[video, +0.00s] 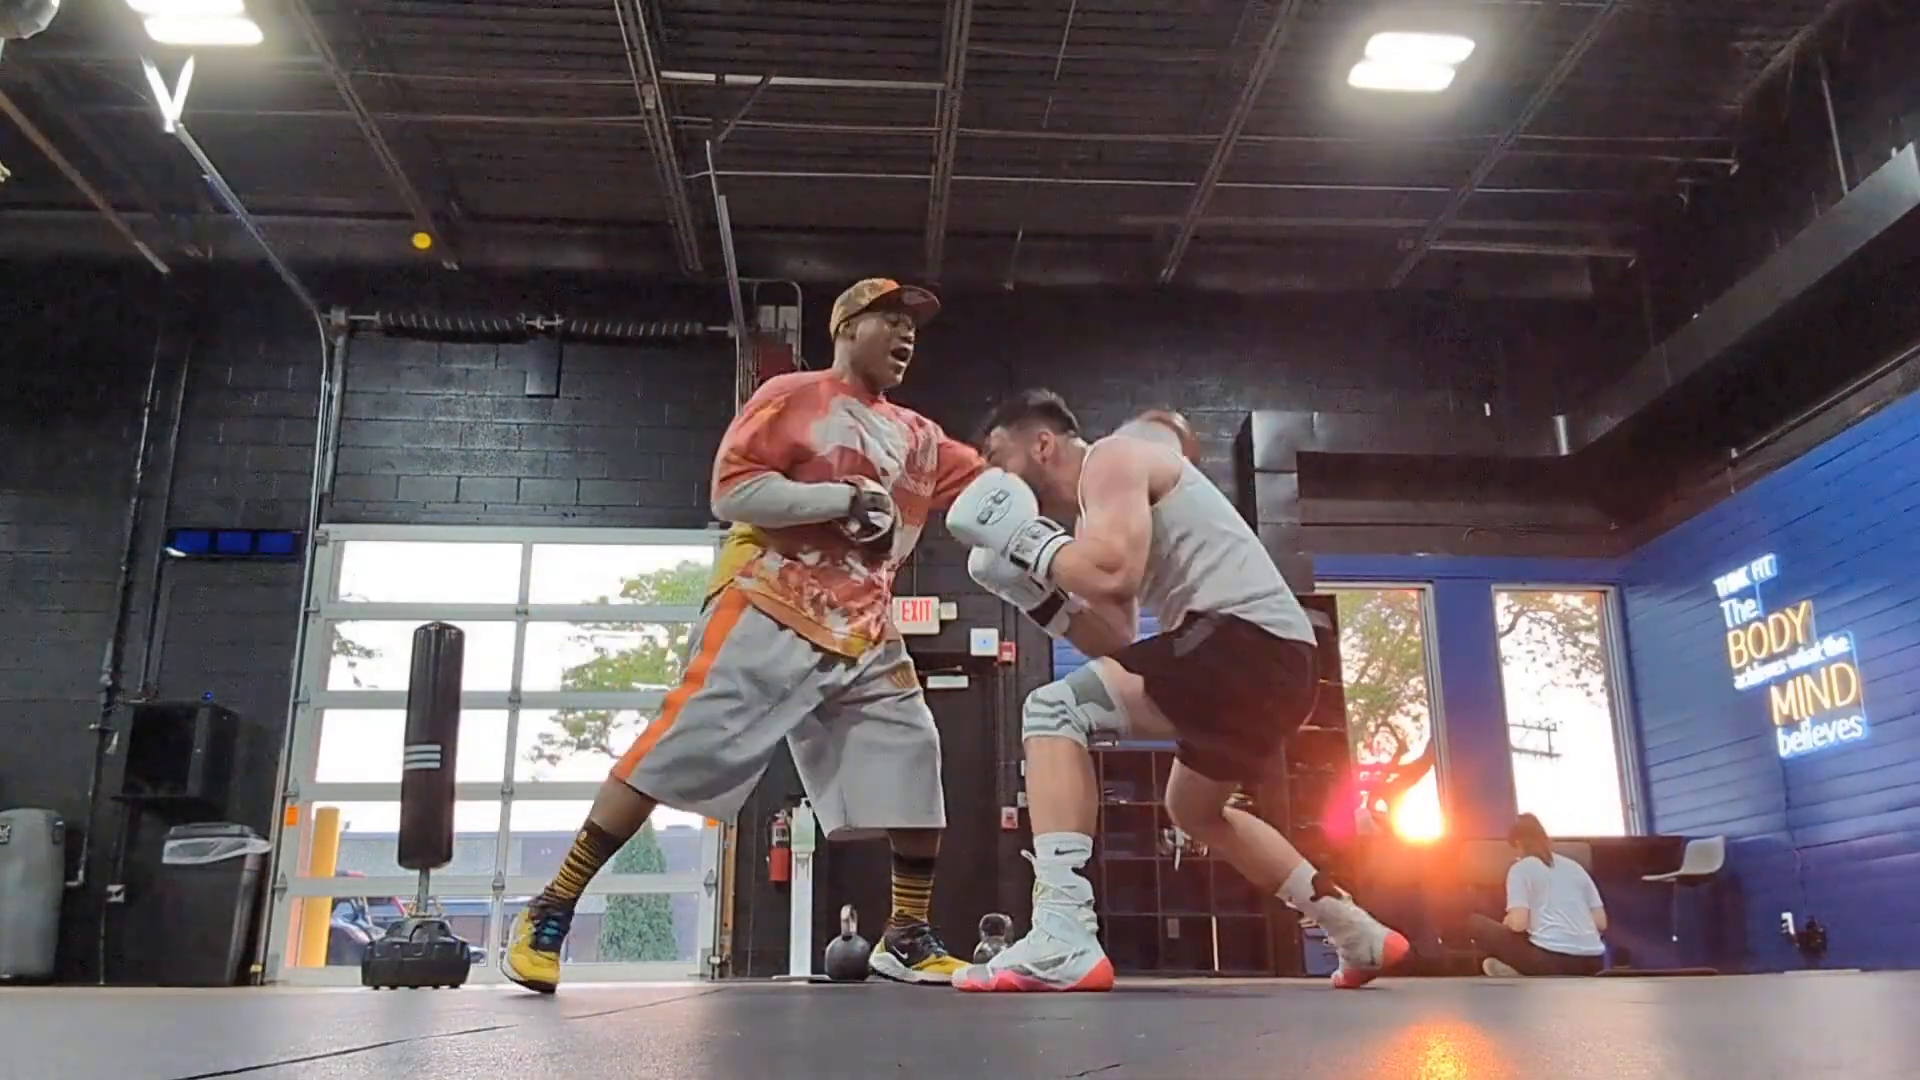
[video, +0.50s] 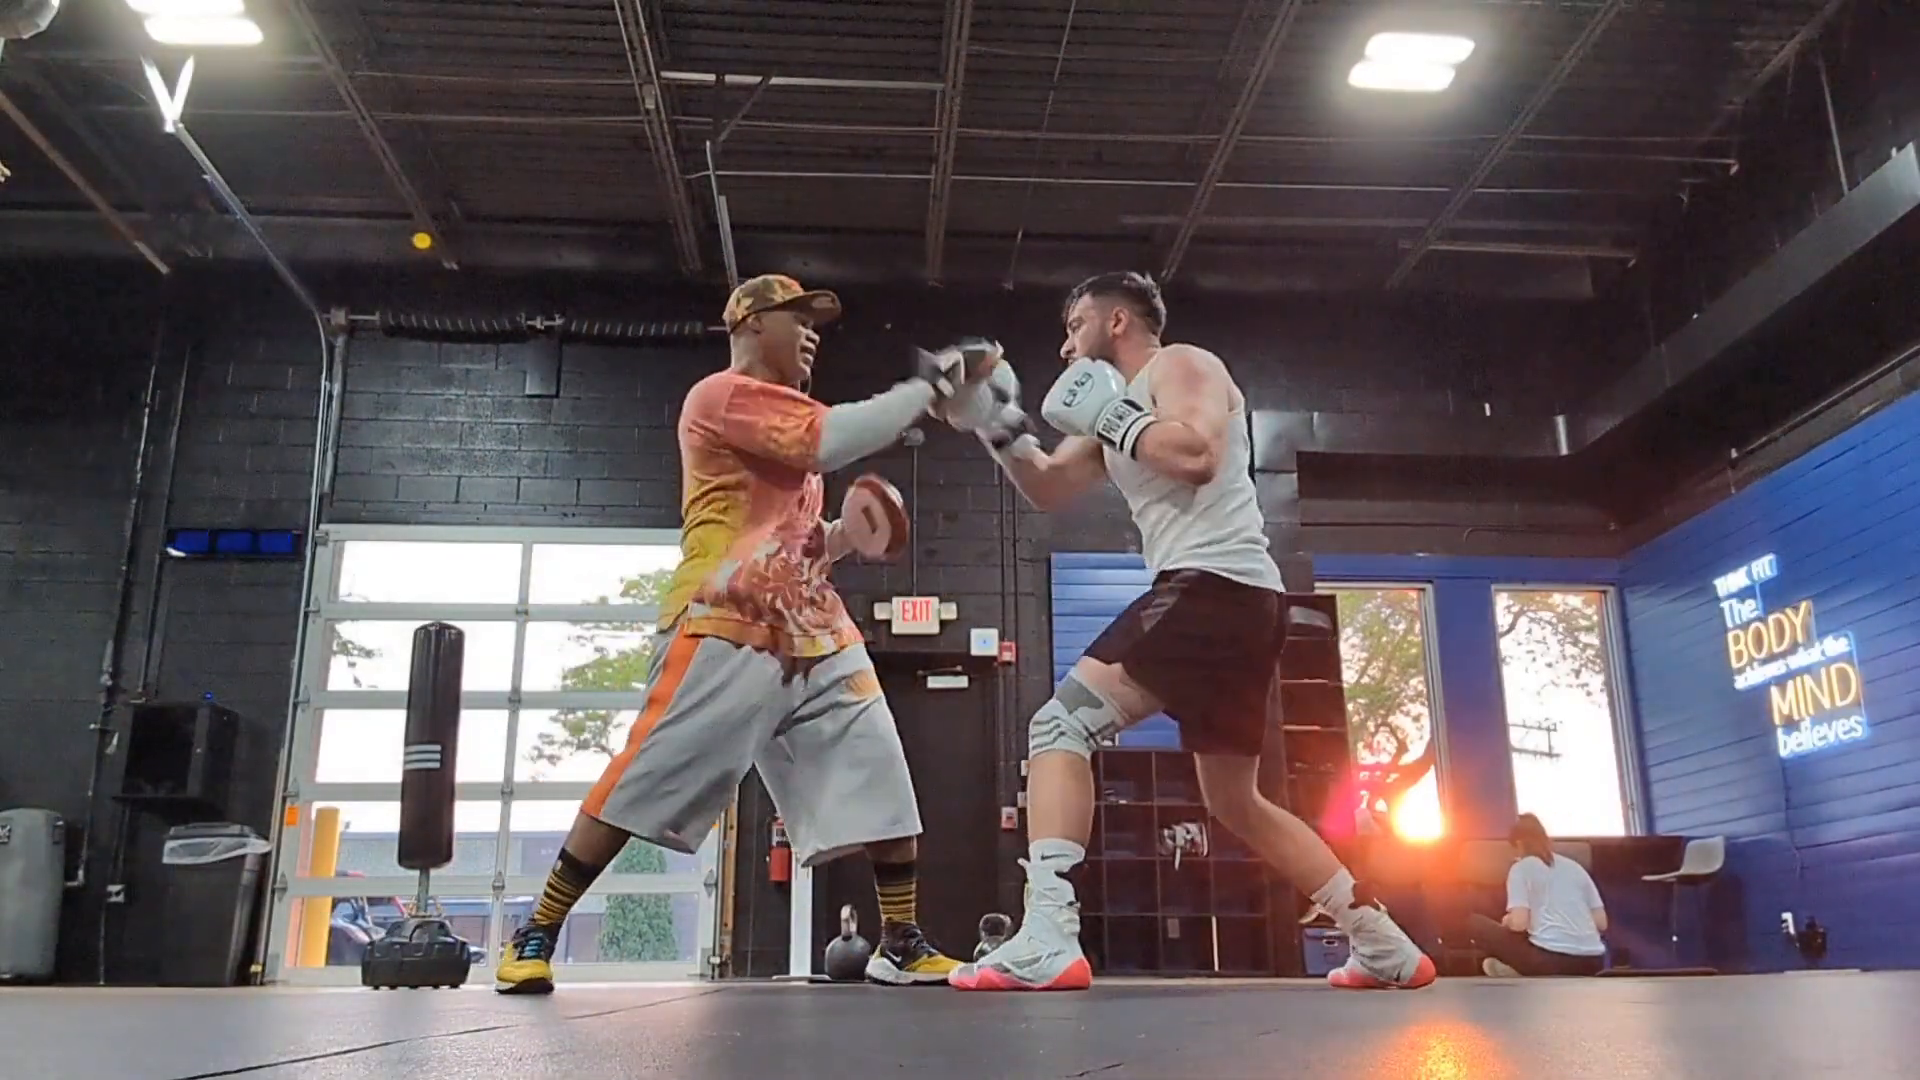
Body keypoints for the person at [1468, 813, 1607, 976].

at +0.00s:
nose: (1515, 853)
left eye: (1513, 848)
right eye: (1513, 848)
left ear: (1518, 844)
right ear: (1544, 839)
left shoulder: (1520, 869)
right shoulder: (1575, 867)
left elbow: (1519, 924)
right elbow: (1601, 922)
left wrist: (1508, 920)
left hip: (1550, 961)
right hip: (1592, 962)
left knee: (1475, 923)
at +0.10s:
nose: (1515, 853)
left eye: (1514, 848)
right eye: (1513, 848)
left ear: (1519, 844)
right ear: (1544, 840)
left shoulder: (1520, 869)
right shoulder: (1575, 867)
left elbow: (1519, 924)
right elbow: (1600, 922)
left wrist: (1508, 921)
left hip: (1550, 962)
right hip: (1592, 962)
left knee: (1475, 923)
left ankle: (1507, 964)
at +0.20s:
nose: (1515, 853)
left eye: (1514, 848)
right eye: (1513, 848)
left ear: (1519, 844)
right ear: (1544, 840)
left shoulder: (1521, 869)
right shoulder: (1575, 867)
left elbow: (1519, 924)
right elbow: (1600, 922)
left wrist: (1508, 921)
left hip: (1549, 962)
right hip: (1592, 962)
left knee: (1475, 923)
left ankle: (1509, 964)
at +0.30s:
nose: (1515, 853)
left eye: (1514, 848)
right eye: (1513, 848)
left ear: (1519, 844)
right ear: (1544, 840)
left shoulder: (1521, 869)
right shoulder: (1575, 867)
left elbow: (1519, 924)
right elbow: (1601, 923)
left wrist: (1508, 921)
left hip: (1549, 961)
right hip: (1592, 962)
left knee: (1474, 923)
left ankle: (1510, 965)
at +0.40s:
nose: (1514, 853)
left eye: (1514, 848)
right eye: (1513, 848)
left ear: (1519, 844)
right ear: (1544, 839)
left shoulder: (1521, 869)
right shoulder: (1575, 867)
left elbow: (1519, 924)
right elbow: (1601, 922)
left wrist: (1507, 921)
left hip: (1550, 961)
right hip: (1592, 962)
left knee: (1474, 923)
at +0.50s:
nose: (1514, 853)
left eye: (1514, 848)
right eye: (1513, 848)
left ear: (1519, 844)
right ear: (1544, 840)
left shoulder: (1521, 869)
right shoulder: (1575, 867)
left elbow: (1519, 924)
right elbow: (1601, 923)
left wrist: (1507, 920)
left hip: (1550, 961)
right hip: (1592, 962)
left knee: (1474, 923)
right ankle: (1513, 966)